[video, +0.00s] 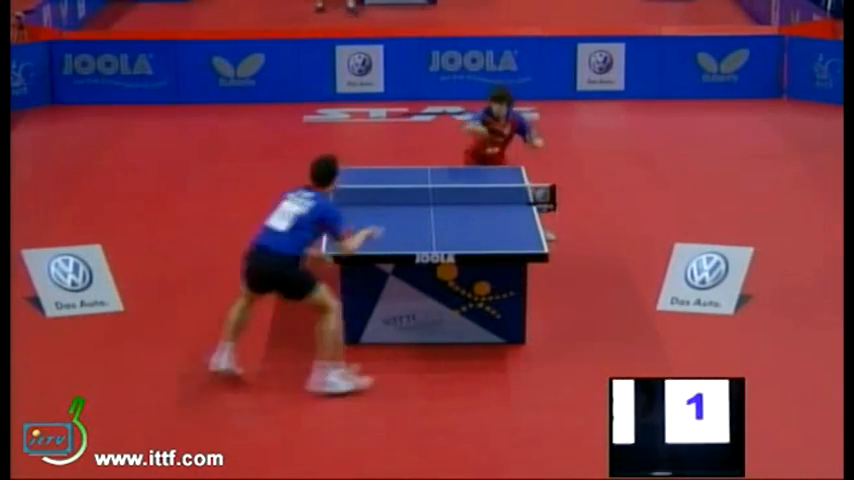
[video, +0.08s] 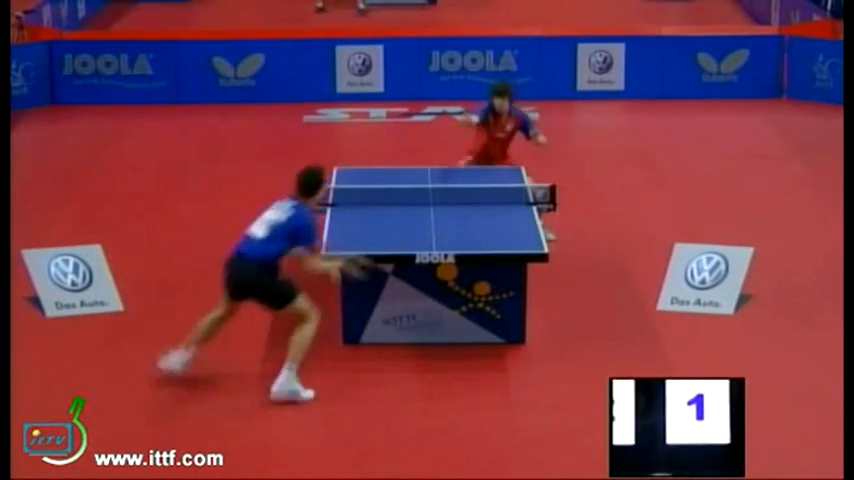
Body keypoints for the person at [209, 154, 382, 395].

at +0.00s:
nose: (336, 181)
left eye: (335, 176)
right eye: (336, 178)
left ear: (311, 177)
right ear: (333, 182)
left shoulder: (293, 195)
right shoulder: (325, 207)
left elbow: (291, 238)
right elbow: (346, 247)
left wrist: (319, 254)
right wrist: (364, 234)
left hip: (256, 259)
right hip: (284, 265)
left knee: (247, 298)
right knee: (331, 308)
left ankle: (224, 352)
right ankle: (328, 371)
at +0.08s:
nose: (324, 193)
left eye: (323, 188)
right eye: (323, 189)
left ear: (299, 186)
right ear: (318, 192)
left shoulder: (283, 205)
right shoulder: (303, 219)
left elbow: (296, 249)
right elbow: (310, 264)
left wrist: (330, 263)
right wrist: (337, 266)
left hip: (235, 267)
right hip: (261, 274)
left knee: (226, 309)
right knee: (310, 315)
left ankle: (183, 353)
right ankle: (287, 379)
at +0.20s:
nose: (299, 215)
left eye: (298, 210)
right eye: (298, 211)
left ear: (275, 210)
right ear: (289, 215)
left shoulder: (267, 228)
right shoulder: (264, 245)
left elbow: (298, 250)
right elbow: (251, 286)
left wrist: (330, 268)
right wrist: (279, 306)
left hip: (210, 286)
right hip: (229, 293)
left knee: (190, 330)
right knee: (291, 320)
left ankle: (136, 367)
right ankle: (281, 386)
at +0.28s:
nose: (284, 218)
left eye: (284, 213)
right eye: (283, 214)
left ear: (260, 214)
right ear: (274, 219)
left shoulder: (252, 229)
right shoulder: (247, 248)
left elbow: (275, 244)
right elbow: (239, 285)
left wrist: (307, 257)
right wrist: (262, 311)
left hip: (204, 291)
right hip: (220, 299)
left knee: (184, 333)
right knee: (288, 321)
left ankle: (133, 366)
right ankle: (280, 385)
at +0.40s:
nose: (266, 200)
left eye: (265, 195)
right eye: (264, 196)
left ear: (237, 200)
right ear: (256, 203)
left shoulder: (215, 220)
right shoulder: (258, 237)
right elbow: (285, 261)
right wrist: (309, 235)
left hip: (206, 298)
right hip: (241, 301)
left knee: (178, 319)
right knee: (295, 324)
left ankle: (146, 362)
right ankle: (281, 382)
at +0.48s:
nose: (256, 204)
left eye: (255, 199)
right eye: (254, 201)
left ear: (225, 206)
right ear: (247, 207)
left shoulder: (210, 231)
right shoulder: (258, 230)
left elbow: (194, 264)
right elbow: (280, 226)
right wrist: (254, 207)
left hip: (211, 307)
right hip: (247, 308)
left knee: (186, 308)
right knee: (292, 326)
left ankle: (170, 370)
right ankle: (281, 381)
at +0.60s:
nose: (245, 207)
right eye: (243, 203)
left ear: (218, 208)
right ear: (241, 207)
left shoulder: (208, 238)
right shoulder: (256, 232)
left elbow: (190, 275)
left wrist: (181, 291)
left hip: (222, 312)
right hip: (257, 309)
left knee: (186, 313)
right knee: (292, 328)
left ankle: (169, 374)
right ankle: (283, 382)